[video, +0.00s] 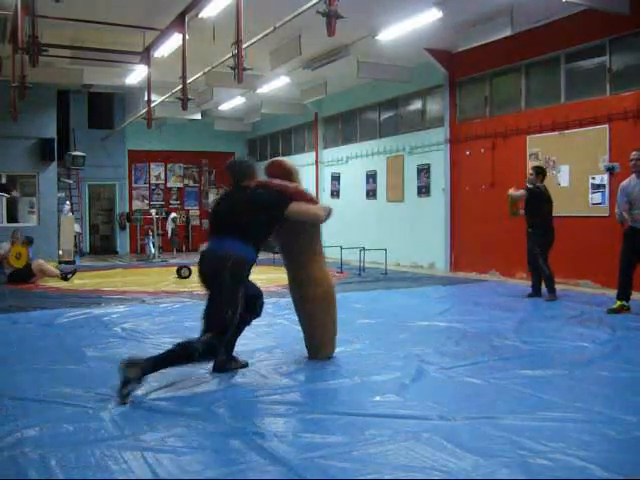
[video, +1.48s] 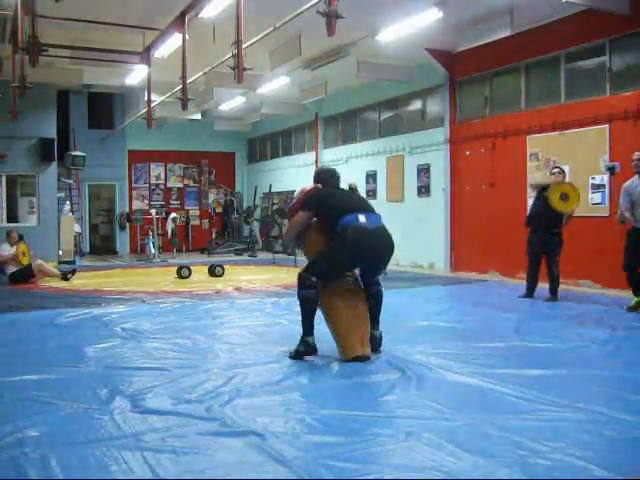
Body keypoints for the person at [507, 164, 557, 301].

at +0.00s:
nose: (529, 177)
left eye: (531, 175)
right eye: (529, 174)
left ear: (538, 177)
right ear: (540, 177)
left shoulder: (533, 190)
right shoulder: (544, 191)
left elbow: (515, 195)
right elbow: (535, 209)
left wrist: (511, 192)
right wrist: (520, 212)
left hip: (536, 231)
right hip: (546, 229)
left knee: (538, 260)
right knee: (536, 261)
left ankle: (551, 291)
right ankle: (536, 290)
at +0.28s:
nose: (536, 176)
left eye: (538, 174)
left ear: (539, 176)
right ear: (551, 180)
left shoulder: (532, 188)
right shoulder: (551, 195)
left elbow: (521, 173)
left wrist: (536, 169)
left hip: (531, 227)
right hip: (543, 226)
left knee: (536, 259)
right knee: (536, 259)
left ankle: (550, 291)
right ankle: (536, 289)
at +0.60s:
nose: (541, 175)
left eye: (543, 174)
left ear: (544, 176)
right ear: (555, 178)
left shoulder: (539, 187)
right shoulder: (555, 187)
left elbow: (527, 178)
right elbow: (556, 176)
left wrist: (540, 167)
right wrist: (562, 165)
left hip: (539, 224)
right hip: (550, 222)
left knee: (540, 257)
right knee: (540, 257)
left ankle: (552, 291)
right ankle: (537, 289)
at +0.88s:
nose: (547, 177)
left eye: (550, 176)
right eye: (549, 175)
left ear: (552, 177)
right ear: (554, 177)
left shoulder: (549, 191)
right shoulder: (547, 189)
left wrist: (542, 226)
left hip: (549, 228)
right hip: (544, 227)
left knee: (548, 258)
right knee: (532, 257)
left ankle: (553, 292)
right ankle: (539, 287)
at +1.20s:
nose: (551, 174)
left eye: (554, 171)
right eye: (549, 171)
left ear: (560, 174)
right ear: (547, 173)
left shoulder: (563, 192)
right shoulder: (545, 183)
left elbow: (562, 204)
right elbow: (543, 166)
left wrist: (564, 186)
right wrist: (560, 157)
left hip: (553, 228)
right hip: (540, 225)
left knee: (552, 261)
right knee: (529, 256)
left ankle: (554, 292)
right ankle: (533, 286)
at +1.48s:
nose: (556, 177)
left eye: (559, 174)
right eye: (554, 174)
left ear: (564, 177)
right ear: (550, 177)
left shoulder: (564, 194)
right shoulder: (542, 191)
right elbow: (531, 182)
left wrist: (569, 215)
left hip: (553, 232)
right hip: (537, 231)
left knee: (552, 264)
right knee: (533, 264)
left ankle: (553, 293)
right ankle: (529, 291)